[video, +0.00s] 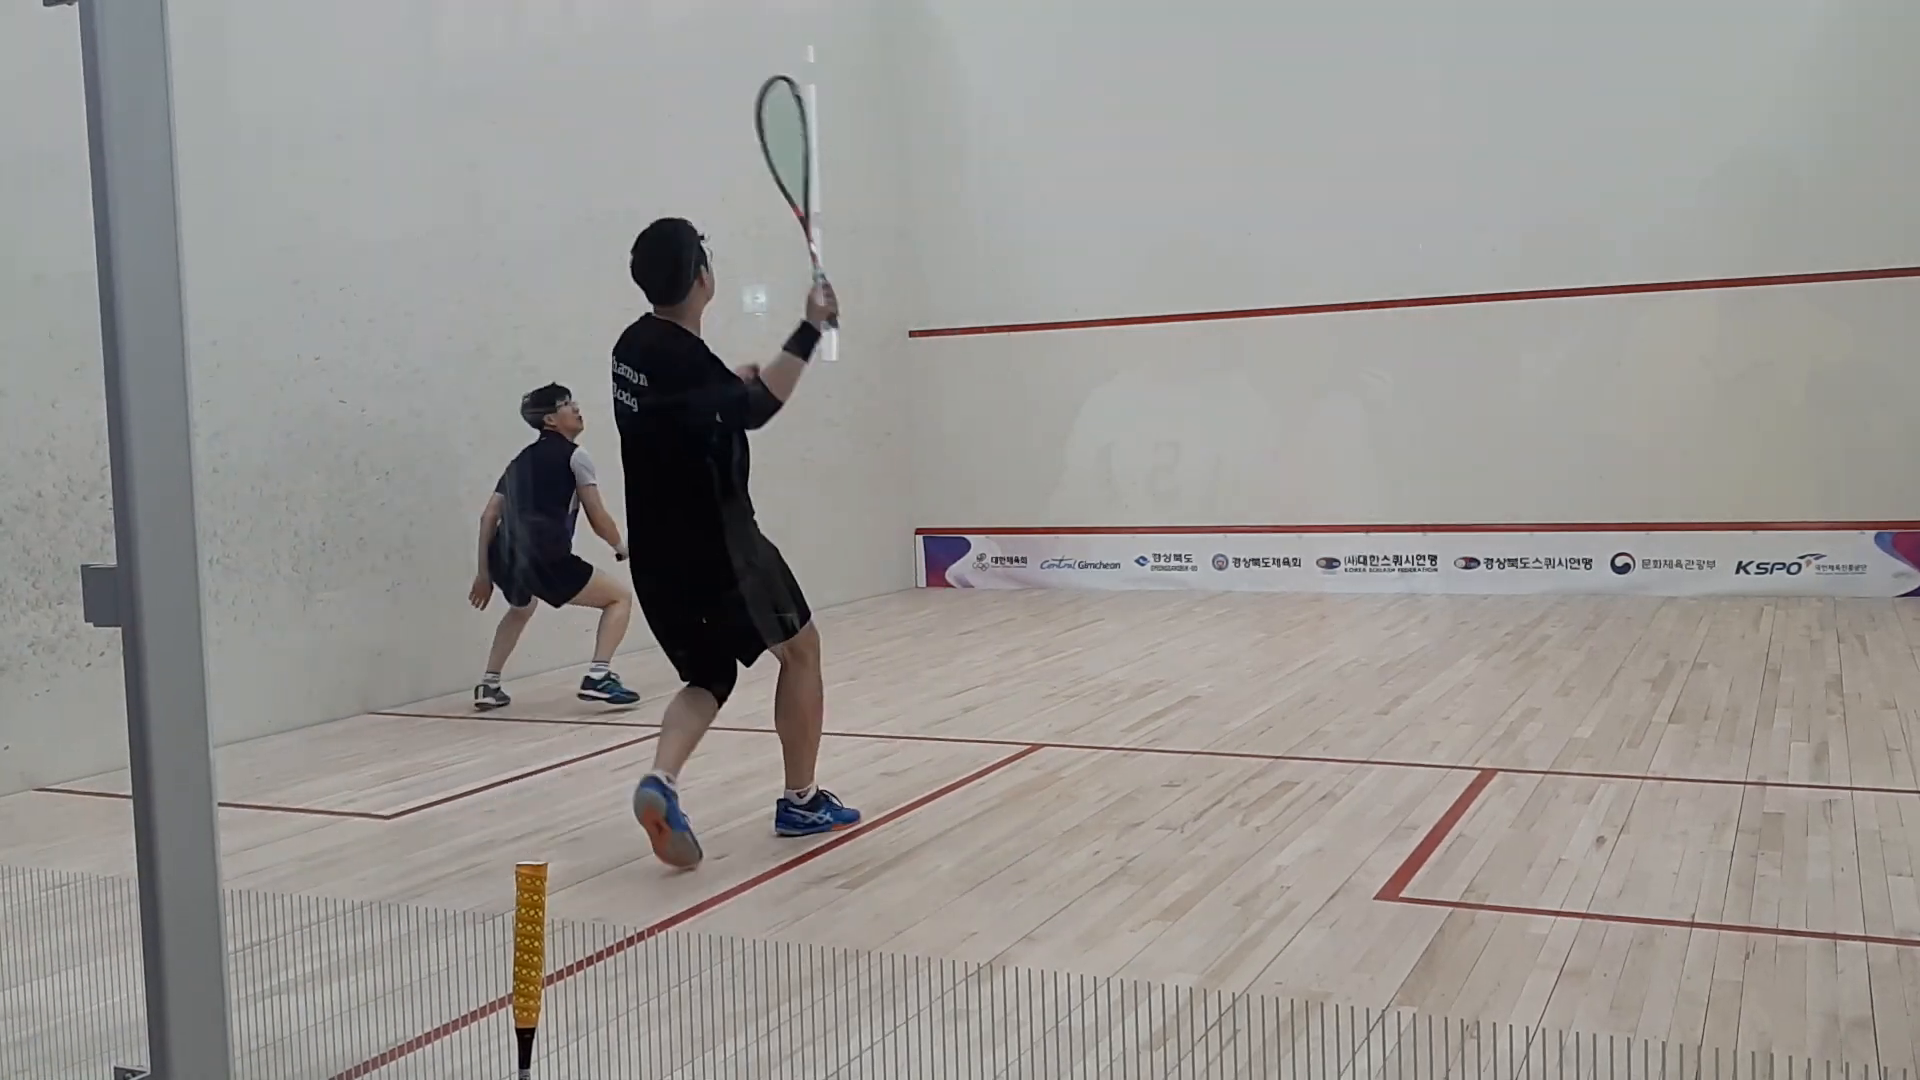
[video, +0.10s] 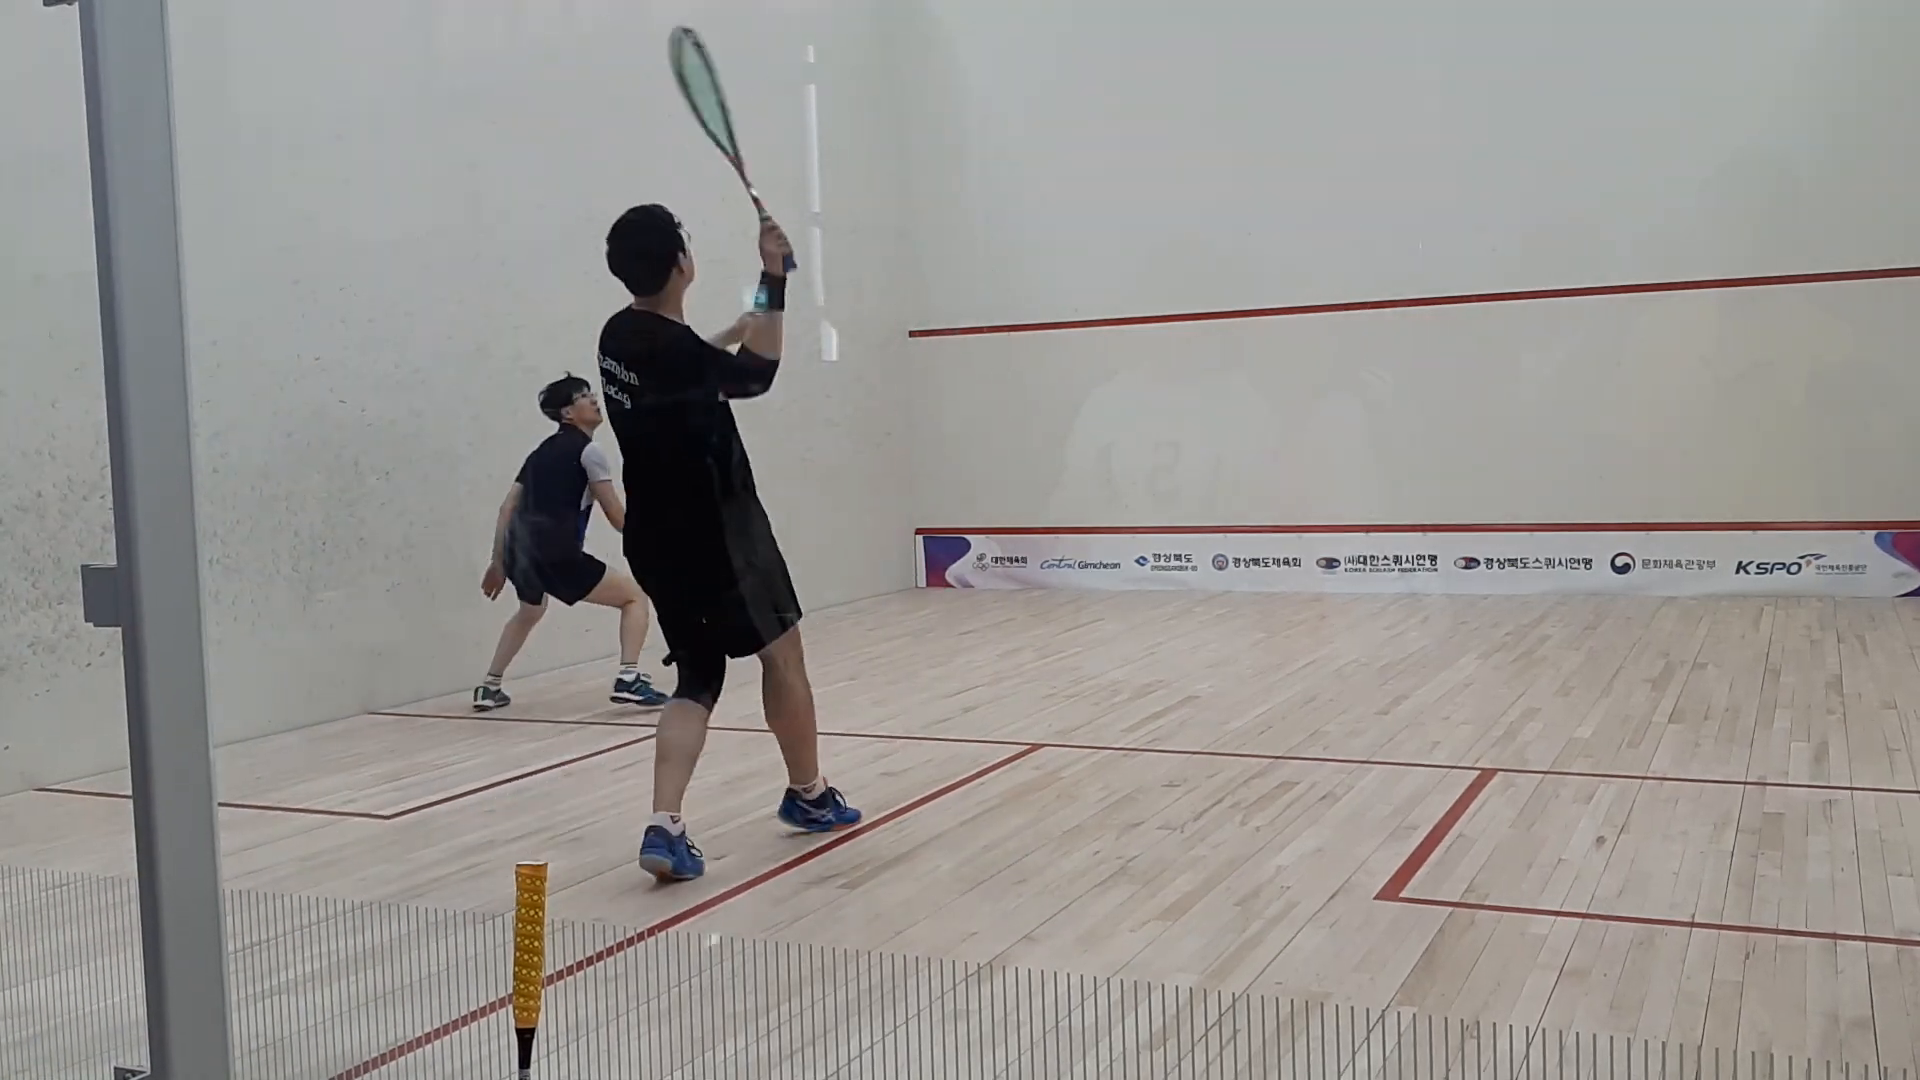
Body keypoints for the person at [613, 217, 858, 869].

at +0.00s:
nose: (711, 273)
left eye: (705, 262)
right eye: (707, 264)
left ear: (647, 282)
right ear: (701, 277)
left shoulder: (631, 347)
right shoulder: (689, 359)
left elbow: (677, 414)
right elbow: (756, 408)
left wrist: (733, 384)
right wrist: (812, 329)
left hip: (656, 548)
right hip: (722, 542)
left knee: (711, 669)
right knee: (800, 648)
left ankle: (660, 780)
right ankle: (801, 799)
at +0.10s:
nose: (693, 257)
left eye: (686, 247)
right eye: (688, 248)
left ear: (627, 272)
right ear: (679, 263)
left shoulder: (618, 336)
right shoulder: (673, 345)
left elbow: (731, 359)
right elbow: (758, 375)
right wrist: (774, 283)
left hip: (657, 537)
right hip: (724, 529)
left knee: (698, 670)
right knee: (782, 649)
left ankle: (663, 825)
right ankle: (808, 792)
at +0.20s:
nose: (660, 225)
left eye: (652, 215)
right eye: (654, 218)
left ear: (594, 247)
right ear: (648, 233)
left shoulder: (589, 315)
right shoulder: (683, 308)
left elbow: (667, 337)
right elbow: (784, 286)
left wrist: (722, 290)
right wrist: (767, 202)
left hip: (646, 521)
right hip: (722, 511)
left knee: (673, 668)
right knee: (788, 642)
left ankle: (659, 834)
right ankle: (838, 780)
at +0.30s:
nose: (630, 186)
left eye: (618, 177)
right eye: (623, 181)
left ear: (565, 221)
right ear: (620, 201)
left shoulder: (562, 292)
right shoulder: (675, 245)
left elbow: (639, 277)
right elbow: (747, 171)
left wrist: (690, 213)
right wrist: (756, 97)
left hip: (621, 486)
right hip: (707, 474)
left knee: (651, 652)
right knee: (812, 597)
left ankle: (651, 824)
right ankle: (848, 759)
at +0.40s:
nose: (608, 171)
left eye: (596, 163)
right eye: (600, 165)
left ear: (542, 206)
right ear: (597, 180)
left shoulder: (542, 278)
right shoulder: (657, 225)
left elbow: (617, 263)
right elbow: (730, 157)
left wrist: (648, 192)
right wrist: (769, 96)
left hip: (623, 468)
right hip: (705, 448)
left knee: (632, 647)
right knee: (840, 567)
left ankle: (603, 820)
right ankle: (907, 721)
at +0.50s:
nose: (602, 193)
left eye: (591, 185)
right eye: (596, 185)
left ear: (531, 219)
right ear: (593, 195)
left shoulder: (530, 298)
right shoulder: (649, 263)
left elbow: (616, 297)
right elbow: (751, 272)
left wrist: (647, 226)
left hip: (619, 509)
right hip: (704, 482)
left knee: (623, 673)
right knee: (852, 557)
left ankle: (562, 847)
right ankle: (985, 673)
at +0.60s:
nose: (616, 234)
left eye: (604, 226)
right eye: (610, 226)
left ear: (543, 254)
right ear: (609, 237)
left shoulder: (535, 338)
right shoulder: (650, 321)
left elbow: (623, 384)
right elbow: (746, 402)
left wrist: (674, 318)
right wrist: (765, 385)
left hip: (604, 564)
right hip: (695, 540)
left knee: (611, 721)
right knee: (851, 584)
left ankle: (552, 895)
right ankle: (1015, 663)